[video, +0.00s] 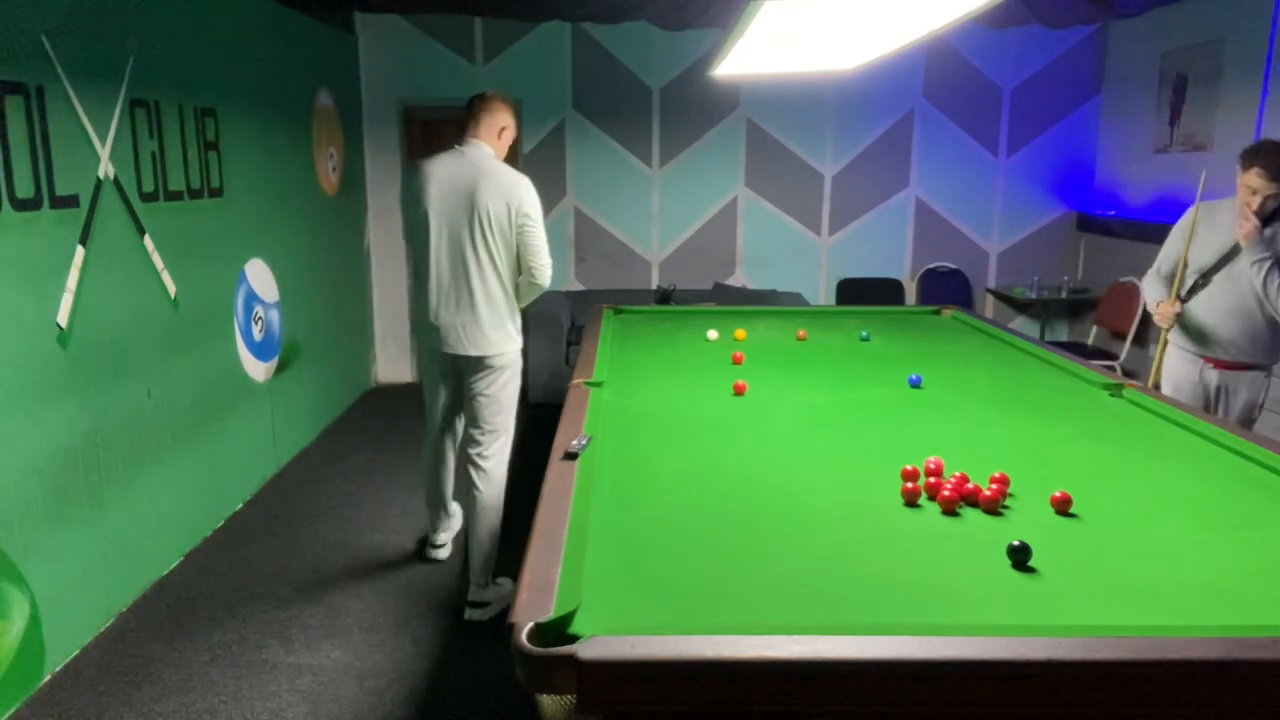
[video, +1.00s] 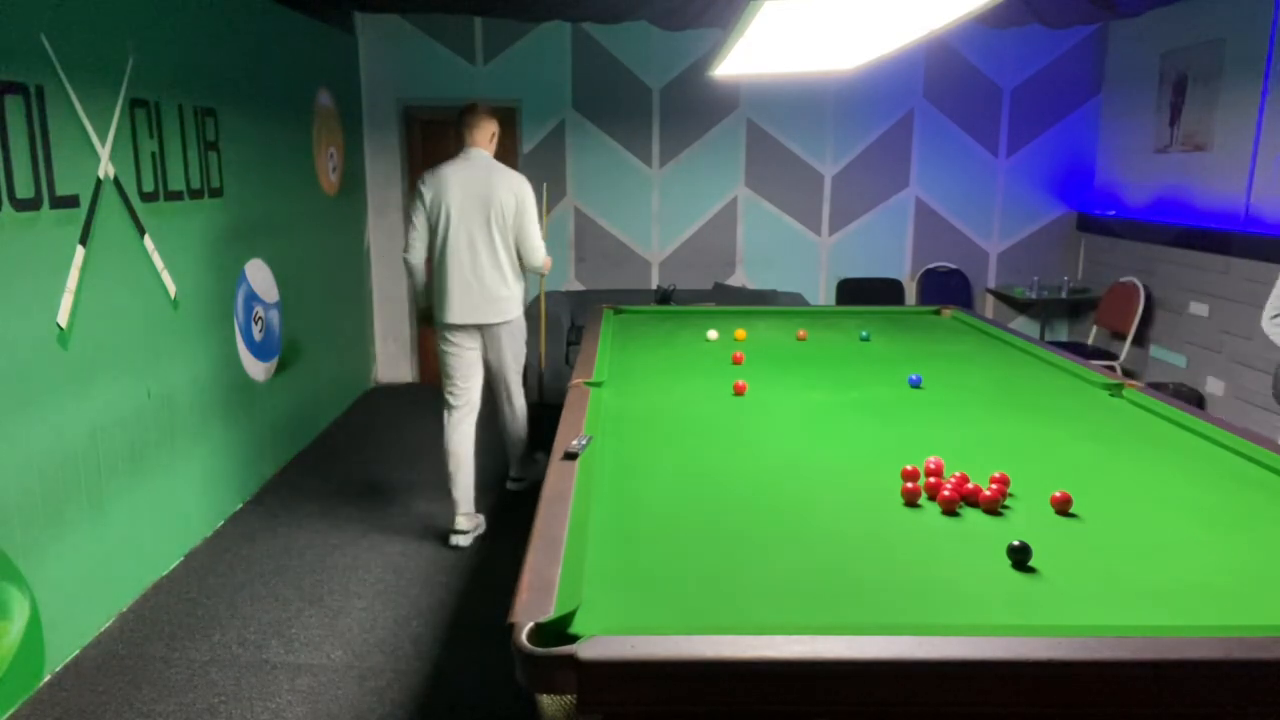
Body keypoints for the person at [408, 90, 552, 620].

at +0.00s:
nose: (509, 146)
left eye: (509, 138)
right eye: (511, 138)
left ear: (466, 125)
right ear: (503, 132)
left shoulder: (422, 173)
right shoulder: (515, 185)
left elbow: (416, 247)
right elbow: (539, 275)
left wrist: (440, 292)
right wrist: (503, 304)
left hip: (432, 332)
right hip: (492, 337)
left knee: (440, 433)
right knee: (488, 458)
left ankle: (439, 534)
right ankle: (480, 590)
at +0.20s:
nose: (503, 149)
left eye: (504, 141)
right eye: (503, 141)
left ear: (461, 131)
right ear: (491, 135)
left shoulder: (415, 183)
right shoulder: (501, 189)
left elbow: (396, 262)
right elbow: (527, 274)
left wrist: (441, 272)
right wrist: (508, 298)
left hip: (443, 335)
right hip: (491, 335)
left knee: (455, 427)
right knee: (489, 446)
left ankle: (460, 529)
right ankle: (479, 576)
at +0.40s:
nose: (486, 135)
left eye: (484, 128)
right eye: (484, 129)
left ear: (443, 127)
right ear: (472, 127)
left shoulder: (409, 181)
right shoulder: (492, 178)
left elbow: (385, 254)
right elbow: (513, 256)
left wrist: (430, 276)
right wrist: (512, 288)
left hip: (439, 324)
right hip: (486, 322)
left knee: (453, 420)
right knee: (512, 416)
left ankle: (459, 523)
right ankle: (483, 529)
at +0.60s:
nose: (478, 138)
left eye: (475, 131)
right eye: (477, 131)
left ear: (439, 131)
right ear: (469, 129)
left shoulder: (407, 180)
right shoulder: (492, 176)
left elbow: (391, 256)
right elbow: (515, 253)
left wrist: (434, 267)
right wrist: (520, 277)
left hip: (439, 320)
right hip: (491, 314)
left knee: (452, 413)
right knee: (516, 402)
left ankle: (461, 525)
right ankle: (498, 510)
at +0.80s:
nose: (480, 137)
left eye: (476, 130)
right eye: (479, 130)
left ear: (442, 132)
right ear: (475, 130)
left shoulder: (416, 181)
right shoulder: (501, 177)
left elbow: (406, 257)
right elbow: (524, 255)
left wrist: (440, 259)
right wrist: (533, 264)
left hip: (446, 313)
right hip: (497, 309)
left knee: (454, 410)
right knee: (512, 401)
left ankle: (462, 522)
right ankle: (523, 490)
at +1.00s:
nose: (494, 142)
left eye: (489, 135)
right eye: (495, 136)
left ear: (461, 135)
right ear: (493, 137)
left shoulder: (433, 181)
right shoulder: (515, 184)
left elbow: (415, 254)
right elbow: (533, 258)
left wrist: (425, 299)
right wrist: (544, 263)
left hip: (454, 310)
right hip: (502, 309)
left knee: (459, 408)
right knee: (510, 394)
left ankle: (463, 518)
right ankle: (517, 471)